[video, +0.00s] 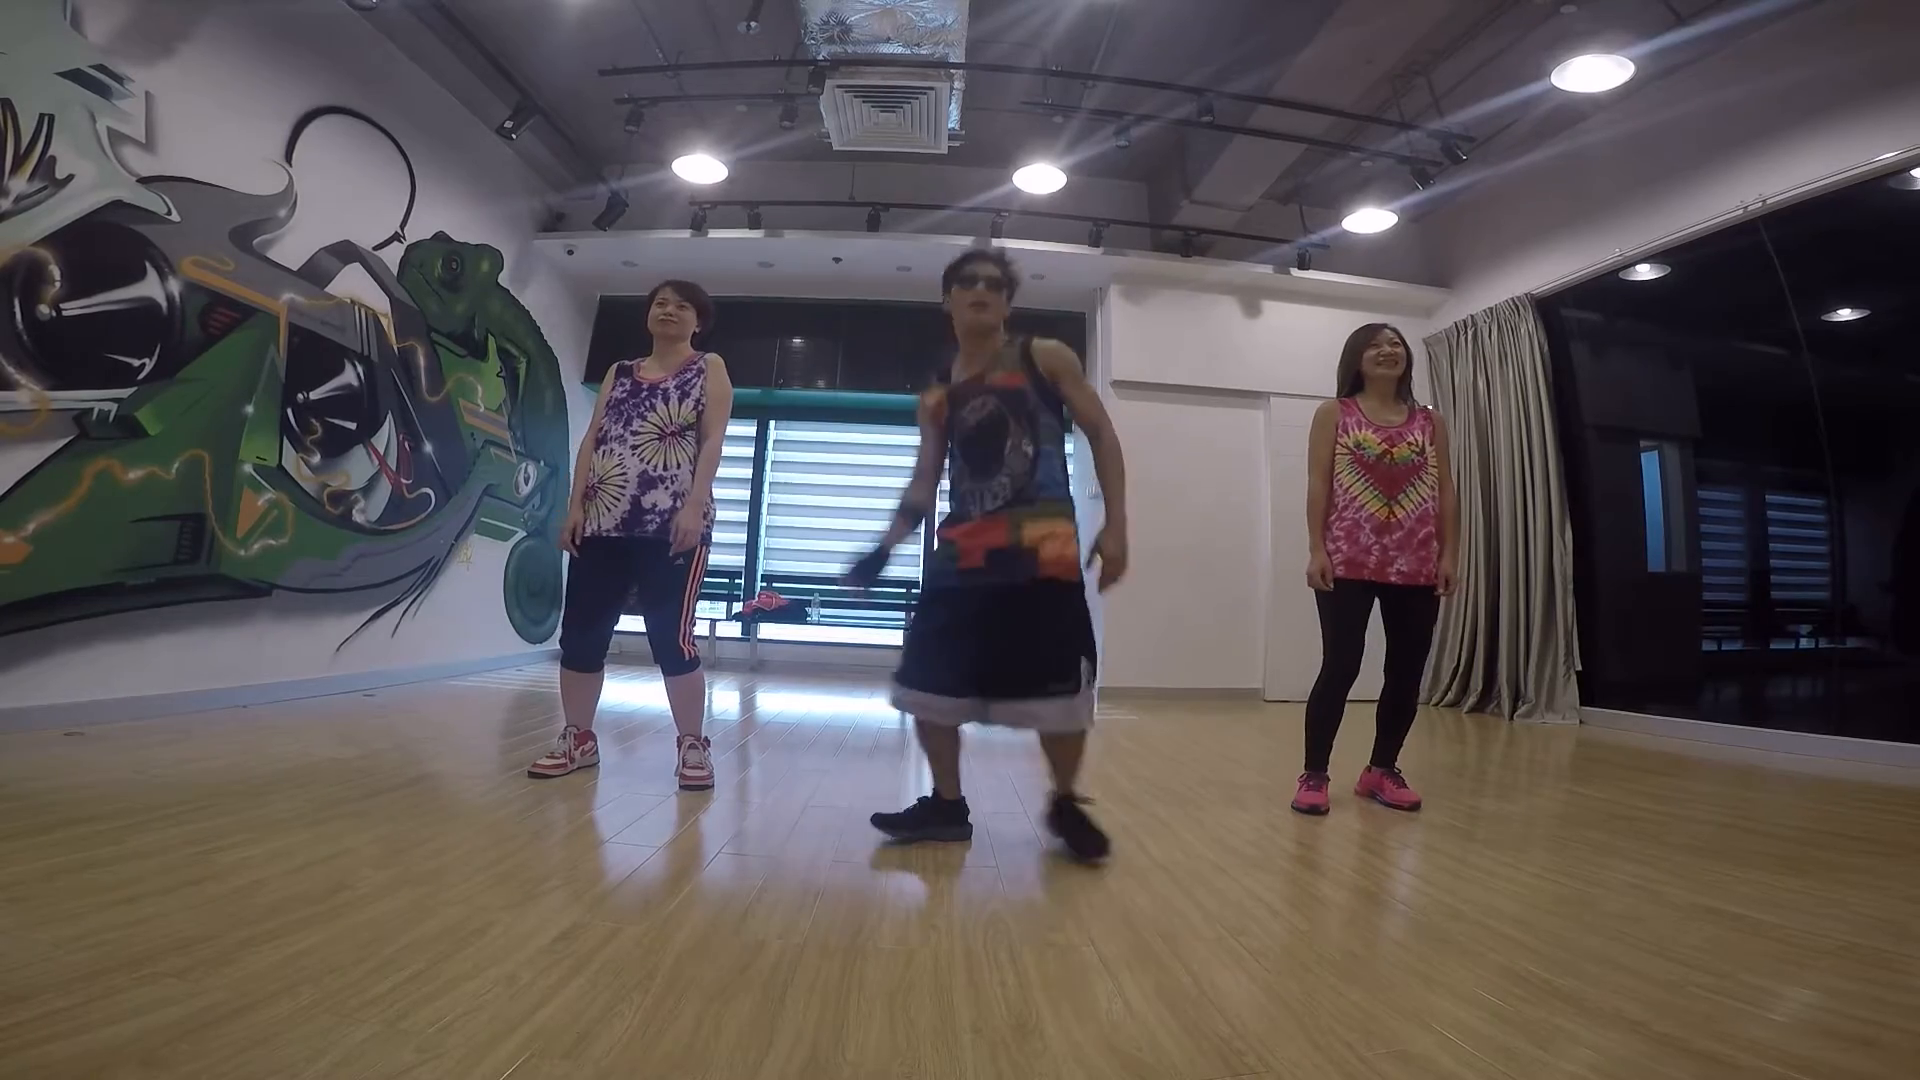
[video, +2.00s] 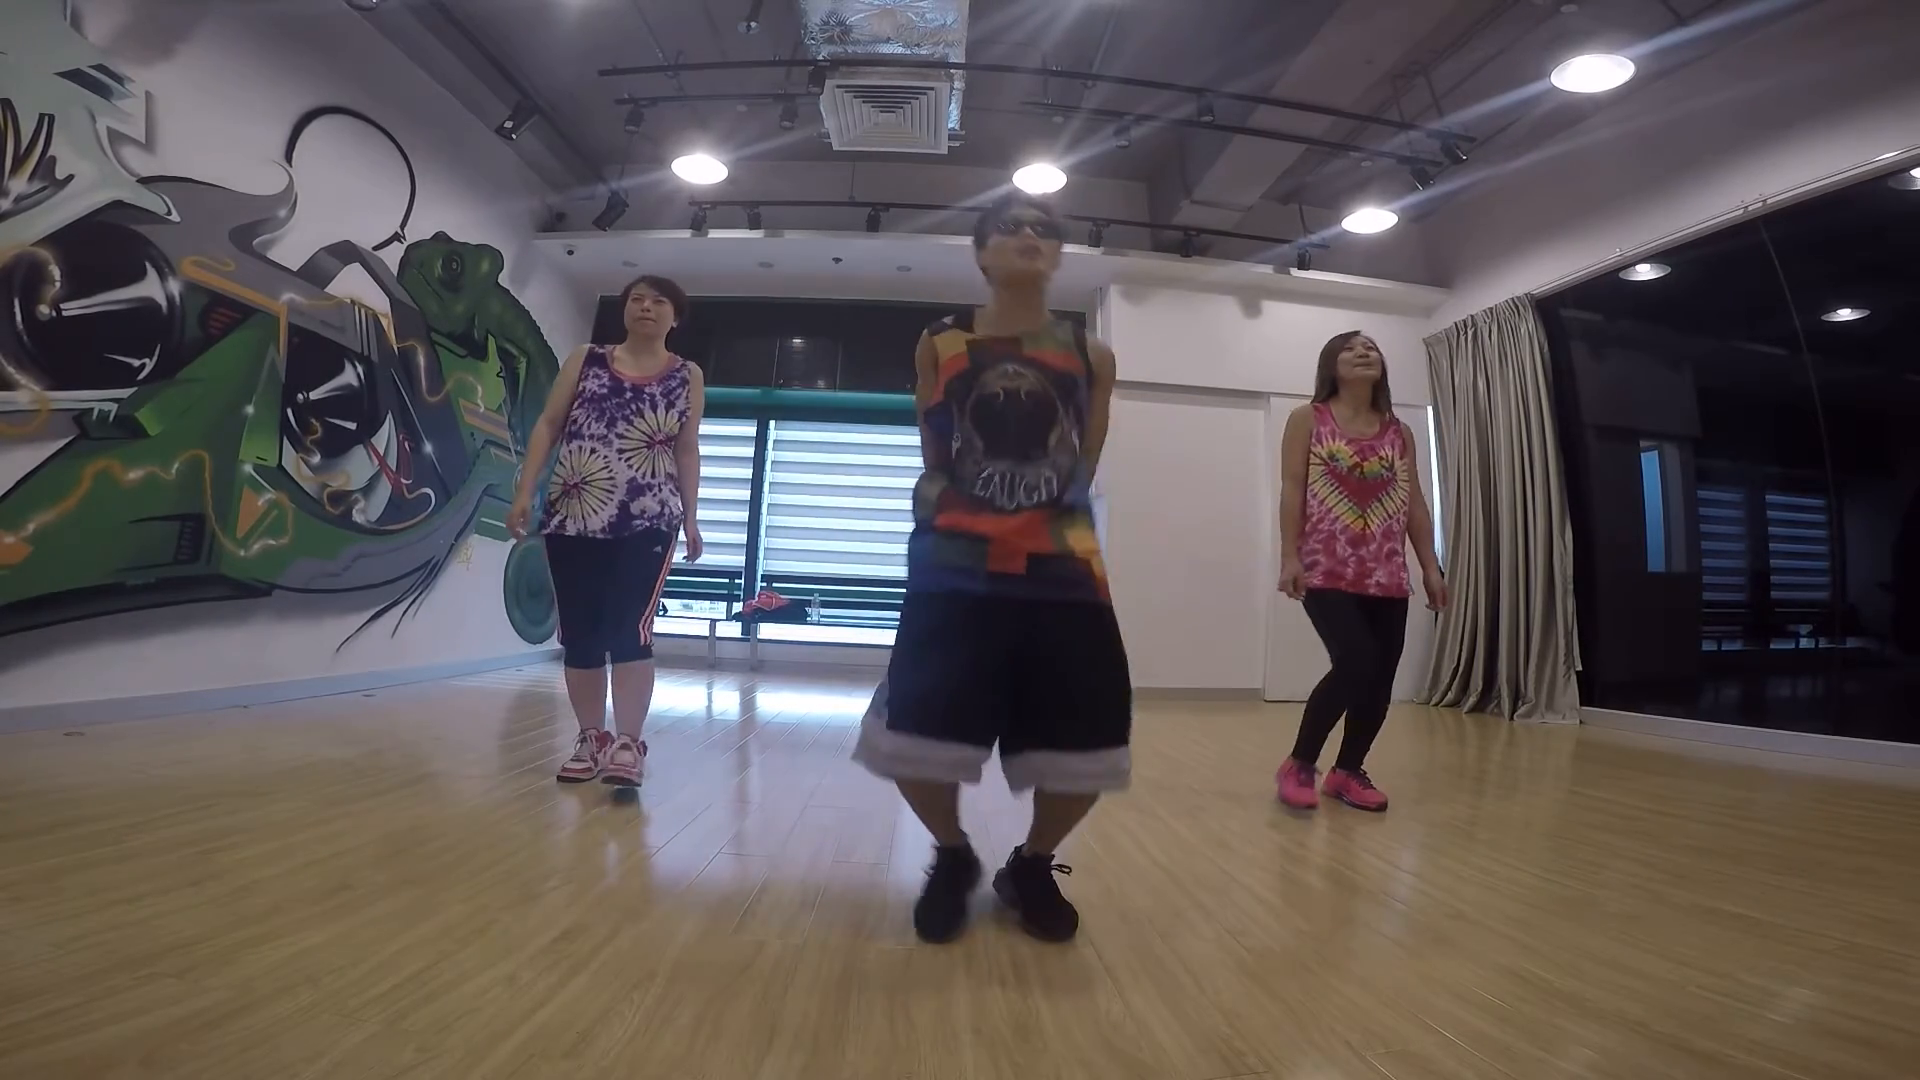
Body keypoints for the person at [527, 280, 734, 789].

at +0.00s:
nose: (668, 310)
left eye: (681, 305)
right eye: (660, 303)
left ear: (697, 322)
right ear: (647, 316)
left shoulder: (709, 368)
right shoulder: (619, 373)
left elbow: (711, 441)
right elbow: (591, 441)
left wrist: (694, 506)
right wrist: (575, 504)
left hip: (671, 527)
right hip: (603, 523)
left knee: (672, 641)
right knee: (580, 636)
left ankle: (692, 745)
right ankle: (578, 741)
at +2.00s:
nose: (646, 305)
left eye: (659, 300)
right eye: (637, 298)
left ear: (675, 317)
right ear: (623, 312)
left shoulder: (686, 376)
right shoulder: (585, 359)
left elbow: (686, 450)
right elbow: (549, 424)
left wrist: (689, 519)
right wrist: (523, 493)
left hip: (646, 522)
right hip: (574, 518)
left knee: (626, 632)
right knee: (580, 636)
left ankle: (628, 744)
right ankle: (591, 741)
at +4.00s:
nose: (669, 325)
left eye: (681, 319)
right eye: (661, 318)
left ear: (697, 336)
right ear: (649, 332)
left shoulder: (708, 389)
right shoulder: (616, 381)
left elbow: (713, 455)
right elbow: (586, 448)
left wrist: (709, 503)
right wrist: (561, 508)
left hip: (666, 528)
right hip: (601, 525)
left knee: (652, 628)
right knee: (603, 633)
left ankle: (661, 725)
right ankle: (620, 730)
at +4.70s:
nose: (664, 322)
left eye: (676, 317)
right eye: (657, 316)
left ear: (693, 333)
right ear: (646, 329)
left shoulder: (701, 374)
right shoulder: (630, 386)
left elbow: (718, 437)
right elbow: (613, 457)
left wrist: (696, 482)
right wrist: (595, 520)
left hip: (677, 530)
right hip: (616, 526)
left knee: (665, 636)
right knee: (594, 629)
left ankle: (666, 733)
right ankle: (584, 736)